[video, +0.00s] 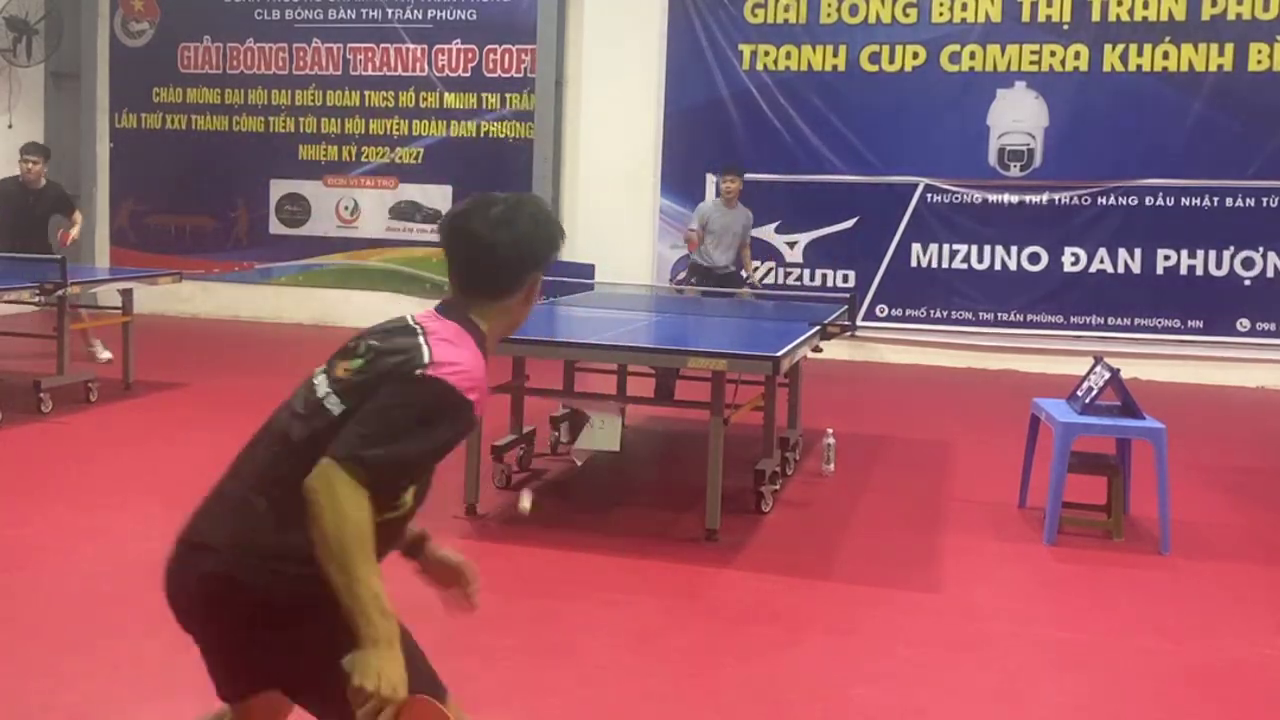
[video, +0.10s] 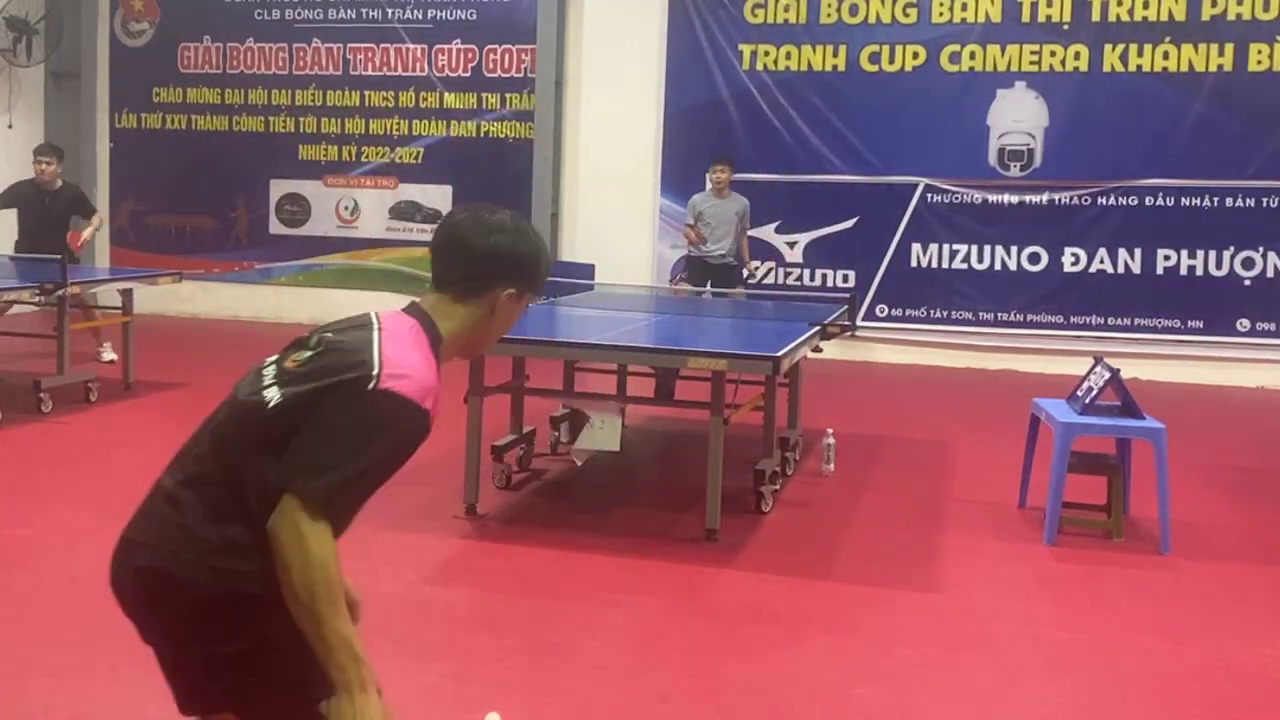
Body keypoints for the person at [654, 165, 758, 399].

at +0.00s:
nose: (728, 186)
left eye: (733, 182)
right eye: (725, 182)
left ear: (741, 186)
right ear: (719, 185)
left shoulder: (746, 215)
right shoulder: (706, 208)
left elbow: (744, 247)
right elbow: (692, 238)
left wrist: (750, 274)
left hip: (729, 274)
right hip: (701, 271)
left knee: (752, 310)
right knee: (683, 318)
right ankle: (666, 383)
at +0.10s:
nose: (717, 176)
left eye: (722, 172)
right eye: (714, 172)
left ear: (731, 176)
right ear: (708, 176)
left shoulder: (741, 203)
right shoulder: (697, 201)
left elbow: (742, 234)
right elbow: (688, 227)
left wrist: (747, 261)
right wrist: (692, 235)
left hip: (727, 264)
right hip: (698, 261)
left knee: (730, 310)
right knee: (687, 306)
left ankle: (729, 351)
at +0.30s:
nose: (696, 178)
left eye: (700, 174)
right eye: (692, 175)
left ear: (709, 177)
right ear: (688, 180)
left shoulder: (725, 205)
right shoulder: (681, 205)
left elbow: (738, 234)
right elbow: (670, 235)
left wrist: (745, 261)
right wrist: (675, 236)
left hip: (716, 272)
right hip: (685, 270)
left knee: (724, 323)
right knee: (672, 323)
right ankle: (665, 387)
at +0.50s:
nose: (683, 173)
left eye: (687, 169)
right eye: (679, 170)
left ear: (697, 171)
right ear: (676, 175)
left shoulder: (712, 197)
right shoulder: (669, 200)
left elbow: (718, 225)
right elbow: (660, 226)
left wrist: (715, 248)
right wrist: (668, 244)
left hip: (705, 262)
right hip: (678, 261)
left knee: (709, 308)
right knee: (670, 309)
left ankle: (711, 349)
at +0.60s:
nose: (682, 174)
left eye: (685, 169)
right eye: (678, 170)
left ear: (695, 170)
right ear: (674, 174)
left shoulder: (710, 196)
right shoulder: (667, 199)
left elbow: (717, 224)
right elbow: (658, 226)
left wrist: (709, 239)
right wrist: (664, 239)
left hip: (705, 263)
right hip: (678, 262)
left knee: (709, 307)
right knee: (671, 310)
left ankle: (713, 350)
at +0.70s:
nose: (681, 174)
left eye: (685, 169)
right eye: (677, 171)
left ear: (694, 170)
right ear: (673, 174)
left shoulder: (709, 196)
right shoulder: (667, 200)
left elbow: (717, 224)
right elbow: (657, 228)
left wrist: (710, 244)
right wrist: (665, 239)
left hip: (703, 263)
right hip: (677, 262)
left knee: (706, 312)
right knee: (671, 315)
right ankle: (666, 377)